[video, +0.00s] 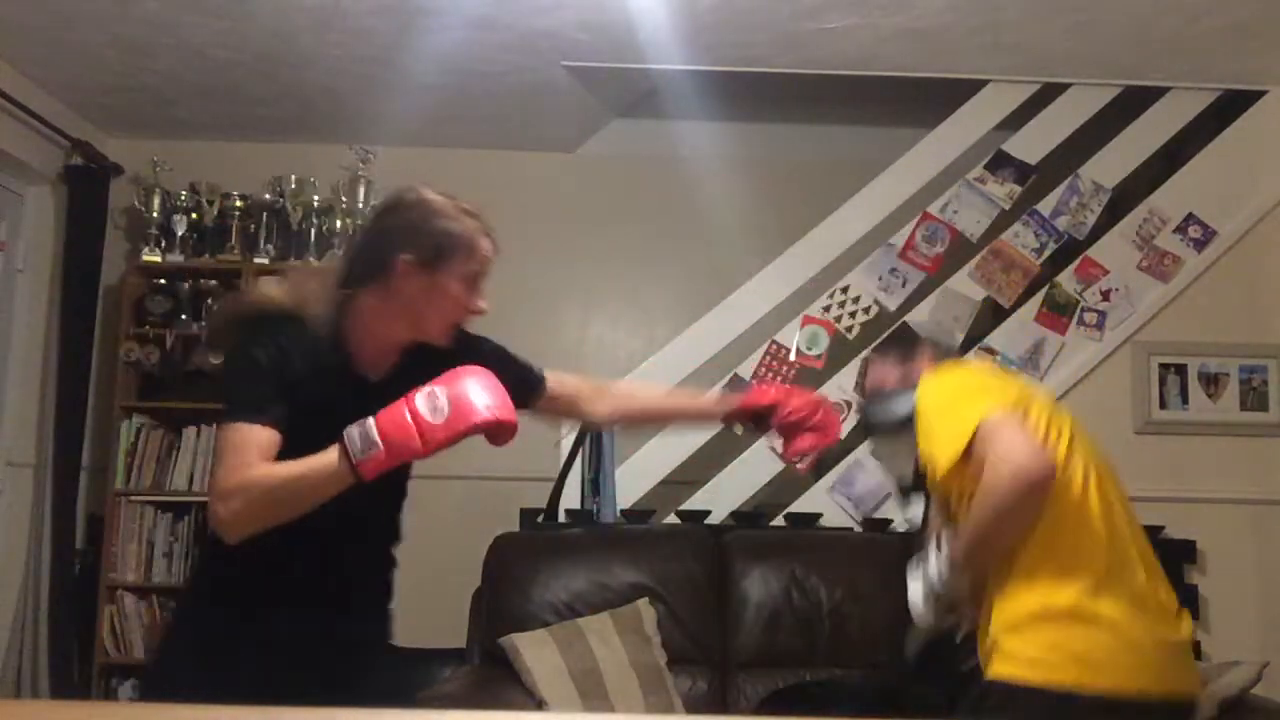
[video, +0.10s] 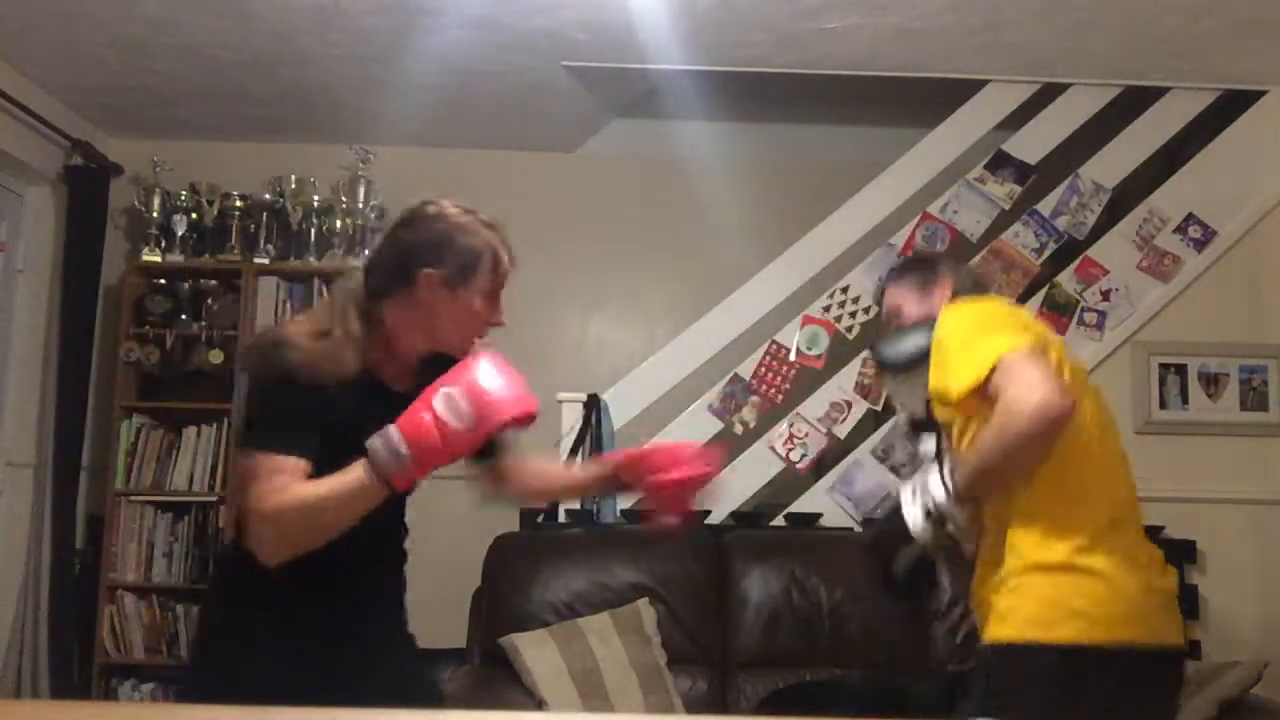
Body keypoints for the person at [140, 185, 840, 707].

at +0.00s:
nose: (475, 306)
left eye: (479, 289)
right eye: (466, 287)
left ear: (415, 280)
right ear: (404, 273)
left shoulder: (444, 357)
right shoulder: (277, 349)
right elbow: (231, 510)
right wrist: (387, 438)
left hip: (351, 664)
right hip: (227, 664)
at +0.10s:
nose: (498, 317)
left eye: (500, 298)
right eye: (488, 295)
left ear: (437, 292)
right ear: (428, 287)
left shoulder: (443, 372)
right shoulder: (296, 365)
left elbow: (510, 476)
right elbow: (269, 532)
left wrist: (618, 472)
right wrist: (404, 451)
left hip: (370, 643)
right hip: (263, 652)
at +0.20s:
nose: (474, 309)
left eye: (476, 290)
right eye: (466, 287)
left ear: (413, 283)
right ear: (410, 280)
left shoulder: (397, 362)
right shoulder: (293, 363)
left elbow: (396, 487)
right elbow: (303, 532)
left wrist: (500, 489)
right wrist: (413, 434)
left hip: (362, 646)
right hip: (270, 659)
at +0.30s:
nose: (425, 303)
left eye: (428, 285)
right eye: (418, 283)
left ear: (362, 282)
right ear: (358, 278)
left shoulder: (353, 357)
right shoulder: (254, 361)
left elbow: (352, 482)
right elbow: (298, 521)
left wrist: (453, 463)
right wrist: (406, 400)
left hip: (323, 644)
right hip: (236, 659)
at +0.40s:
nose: (377, 321)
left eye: (380, 303)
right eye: (370, 299)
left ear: (318, 298)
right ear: (313, 294)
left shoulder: (306, 380)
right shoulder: (201, 381)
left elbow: (319, 505)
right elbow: (266, 526)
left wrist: (407, 447)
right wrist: (363, 408)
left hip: (277, 666)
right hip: (180, 673)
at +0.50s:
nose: (357, 312)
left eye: (358, 291)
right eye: (347, 287)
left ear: (296, 282)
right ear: (293, 278)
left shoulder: (287, 366)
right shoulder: (170, 357)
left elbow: (318, 497)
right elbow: (227, 502)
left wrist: (387, 417)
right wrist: (341, 388)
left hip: (252, 639)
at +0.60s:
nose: (356, 278)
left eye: (361, 261)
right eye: (348, 255)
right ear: (289, 240)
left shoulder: (309, 333)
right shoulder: (168, 317)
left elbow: (360, 449)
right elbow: (198, 465)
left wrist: (422, 378)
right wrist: (314, 363)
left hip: (258, 601)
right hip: (152, 598)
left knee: (304, 714)